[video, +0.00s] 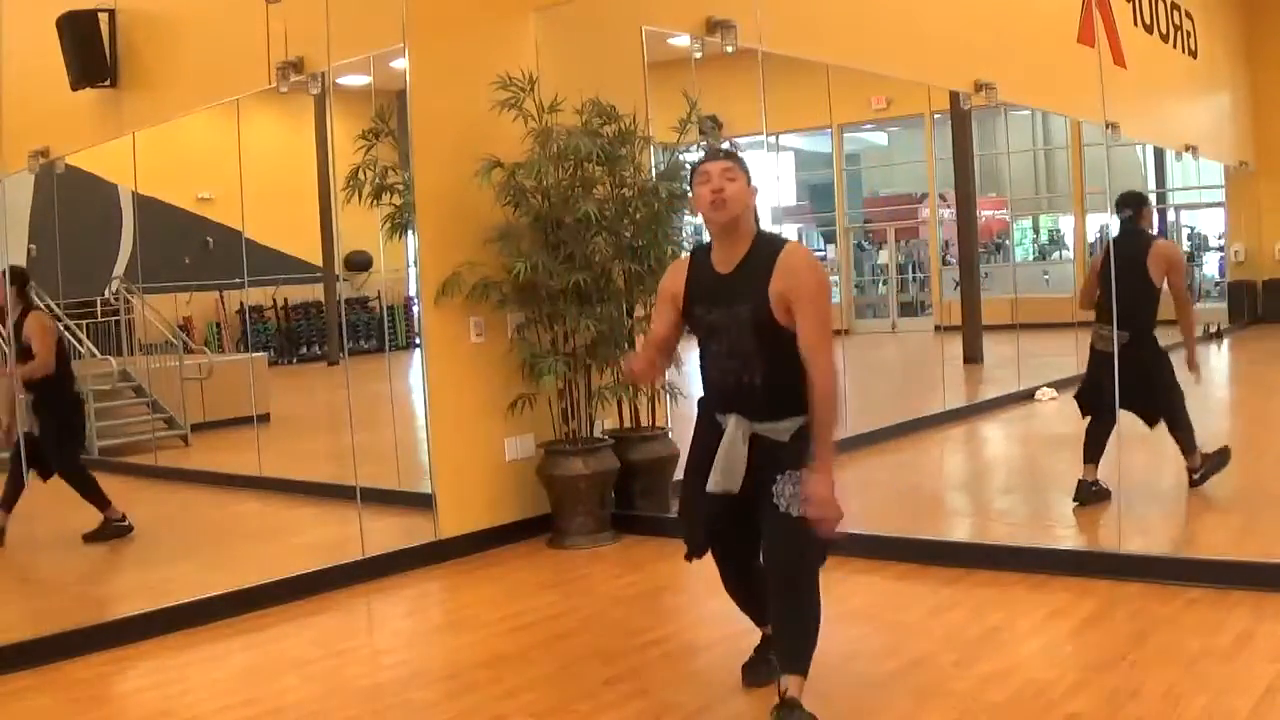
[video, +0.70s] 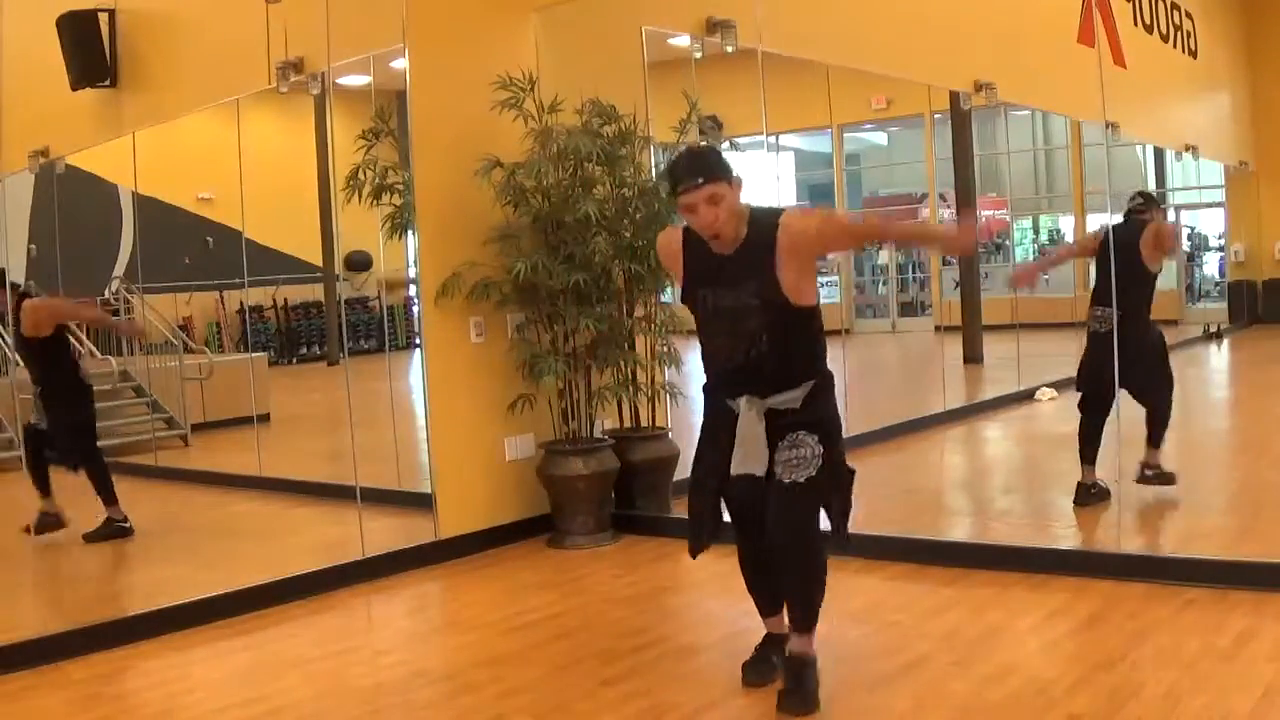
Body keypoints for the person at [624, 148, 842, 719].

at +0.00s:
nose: (717, 188)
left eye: (728, 178)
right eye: (705, 182)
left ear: (752, 191)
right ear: (694, 202)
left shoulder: (795, 266)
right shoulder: (683, 274)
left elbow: (822, 371)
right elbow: (657, 351)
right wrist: (645, 363)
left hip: (789, 434)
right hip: (721, 433)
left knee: (790, 564)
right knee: (731, 553)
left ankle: (791, 694)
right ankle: (773, 631)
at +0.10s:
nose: (713, 165)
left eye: (724, 155)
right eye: (701, 160)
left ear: (746, 168)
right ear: (691, 181)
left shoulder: (784, 232)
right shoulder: (680, 249)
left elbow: (771, 331)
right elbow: (637, 332)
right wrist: (619, 284)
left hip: (795, 406)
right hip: (732, 408)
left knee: (791, 535)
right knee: (743, 533)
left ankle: (787, 668)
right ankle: (775, 628)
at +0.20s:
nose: (711, 158)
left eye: (722, 149)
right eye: (699, 153)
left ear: (744, 164)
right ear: (689, 174)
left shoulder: (779, 223)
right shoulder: (676, 238)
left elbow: (731, 298)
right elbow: (624, 293)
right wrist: (611, 223)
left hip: (803, 397)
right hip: (740, 403)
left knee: (786, 522)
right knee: (754, 523)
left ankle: (798, 644)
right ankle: (775, 633)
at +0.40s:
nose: (700, 191)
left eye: (711, 176)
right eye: (689, 181)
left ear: (735, 171)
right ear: (679, 186)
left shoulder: (774, 224)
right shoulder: (679, 237)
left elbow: (726, 305)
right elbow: (662, 302)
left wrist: (644, 297)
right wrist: (625, 290)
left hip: (802, 388)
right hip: (742, 392)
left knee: (773, 515)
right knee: (753, 514)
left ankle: (832, 559)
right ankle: (779, 635)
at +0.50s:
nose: (699, 214)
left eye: (706, 198)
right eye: (687, 205)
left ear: (731, 180)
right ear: (678, 201)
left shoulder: (784, 229)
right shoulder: (683, 241)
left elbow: (785, 334)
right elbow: (669, 332)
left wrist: (756, 419)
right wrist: (662, 411)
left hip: (798, 392)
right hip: (734, 395)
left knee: (776, 509)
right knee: (749, 515)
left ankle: (828, 555)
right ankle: (777, 637)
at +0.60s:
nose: (697, 218)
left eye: (704, 201)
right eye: (683, 208)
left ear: (728, 185)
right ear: (673, 207)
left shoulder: (790, 235)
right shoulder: (677, 252)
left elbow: (859, 305)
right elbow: (685, 332)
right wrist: (701, 395)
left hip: (797, 401)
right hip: (733, 406)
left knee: (781, 514)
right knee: (748, 525)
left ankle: (817, 592)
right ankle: (776, 634)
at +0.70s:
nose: (707, 217)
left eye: (714, 199)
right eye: (692, 207)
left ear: (735, 188)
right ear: (680, 209)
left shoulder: (793, 231)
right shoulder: (676, 248)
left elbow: (877, 228)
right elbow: (706, 311)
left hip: (799, 405)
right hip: (732, 410)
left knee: (793, 527)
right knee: (750, 529)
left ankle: (802, 651)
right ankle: (776, 633)